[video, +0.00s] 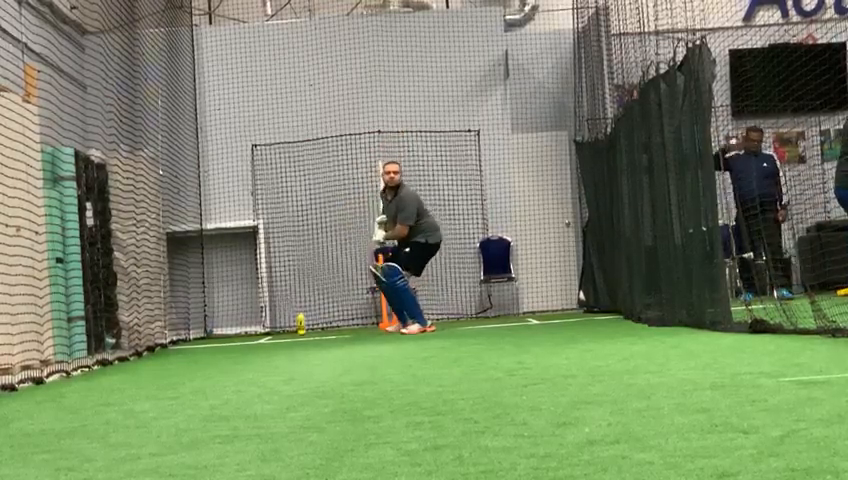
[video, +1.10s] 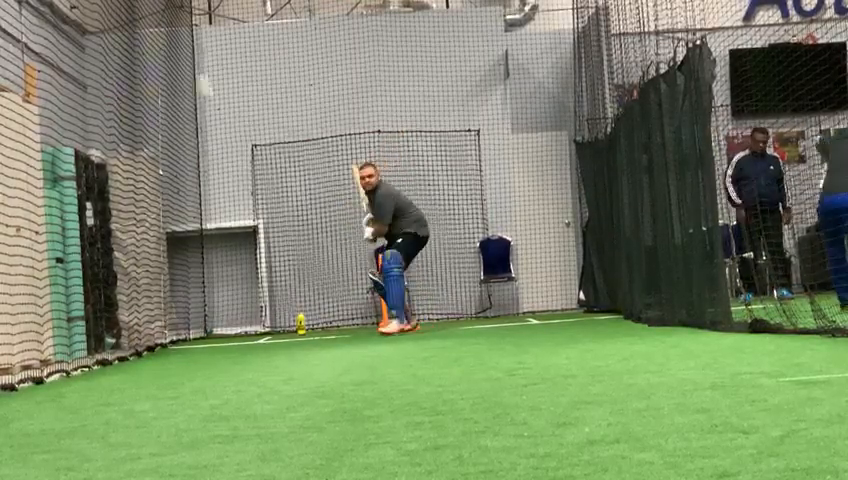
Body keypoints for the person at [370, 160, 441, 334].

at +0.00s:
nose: (391, 176)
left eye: (395, 173)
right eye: (388, 173)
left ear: (400, 175)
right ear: (383, 176)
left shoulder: (406, 196)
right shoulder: (385, 195)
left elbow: (402, 231)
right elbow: (391, 219)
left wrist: (384, 235)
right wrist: (383, 223)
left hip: (426, 239)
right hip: (410, 238)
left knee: (398, 275)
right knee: (387, 272)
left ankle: (419, 321)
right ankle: (403, 320)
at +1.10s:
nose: (367, 181)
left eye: (370, 176)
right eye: (363, 178)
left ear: (378, 176)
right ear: (359, 180)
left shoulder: (383, 194)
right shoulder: (372, 195)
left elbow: (382, 228)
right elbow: (379, 215)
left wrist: (373, 232)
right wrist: (372, 219)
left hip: (414, 231)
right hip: (401, 233)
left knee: (392, 262)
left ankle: (398, 319)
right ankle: (405, 317)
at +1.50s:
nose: (347, 200)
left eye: (350, 195)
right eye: (344, 197)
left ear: (360, 190)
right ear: (342, 197)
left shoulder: (367, 205)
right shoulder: (369, 199)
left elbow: (365, 241)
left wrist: (357, 243)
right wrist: (364, 227)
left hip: (399, 243)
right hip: (391, 243)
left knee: (373, 272)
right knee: (360, 279)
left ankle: (398, 324)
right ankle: (382, 324)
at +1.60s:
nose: (344, 197)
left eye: (346, 192)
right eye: (341, 194)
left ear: (356, 187)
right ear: (340, 193)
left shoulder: (367, 199)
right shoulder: (359, 204)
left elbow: (360, 232)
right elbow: (358, 229)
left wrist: (341, 238)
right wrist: (342, 235)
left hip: (399, 240)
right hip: (381, 245)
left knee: (383, 272)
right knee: (359, 282)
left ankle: (397, 323)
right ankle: (380, 324)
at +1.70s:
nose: (341, 194)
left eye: (342, 190)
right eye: (340, 190)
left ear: (350, 186)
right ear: (355, 186)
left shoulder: (363, 195)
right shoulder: (355, 205)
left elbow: (336, 216)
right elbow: (336, 229)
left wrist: (312, 231)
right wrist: (310, 241)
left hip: (402, 238)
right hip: (383, 245)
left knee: (396, 273)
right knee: (359, 282)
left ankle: (397, 320)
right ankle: (380, 322)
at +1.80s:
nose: (338, 197)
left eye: (339, 193)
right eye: (338, 194)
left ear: (347, 187)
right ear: (348, 187)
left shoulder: (364, 193)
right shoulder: (354, 207)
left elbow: (333, 211)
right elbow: (330, 225)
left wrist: (307, 216)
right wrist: (300, 230)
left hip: (403, 237)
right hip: (383, 245)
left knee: (400, 271)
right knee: (361, 280)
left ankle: (408, 320)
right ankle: (381, 323)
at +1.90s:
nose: (339, 194)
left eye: (341, 189)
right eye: (338, 191)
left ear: (350, 186)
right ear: (339, 193)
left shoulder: (364, 191)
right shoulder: (350, 210)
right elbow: (339, 228)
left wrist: (321, 196)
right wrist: (318, 214)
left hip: (401, 236)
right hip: (381, 244)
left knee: (400, 269)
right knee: (360, 280)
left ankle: (416, 318)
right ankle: (381, 323)